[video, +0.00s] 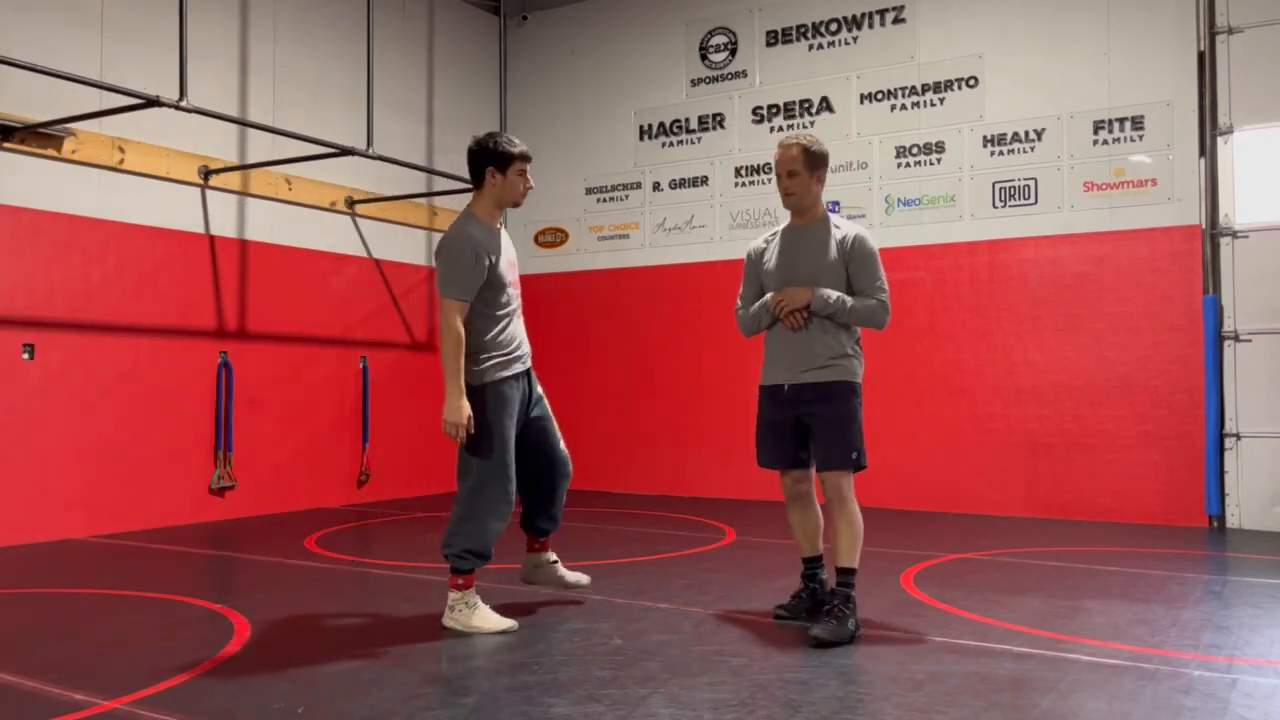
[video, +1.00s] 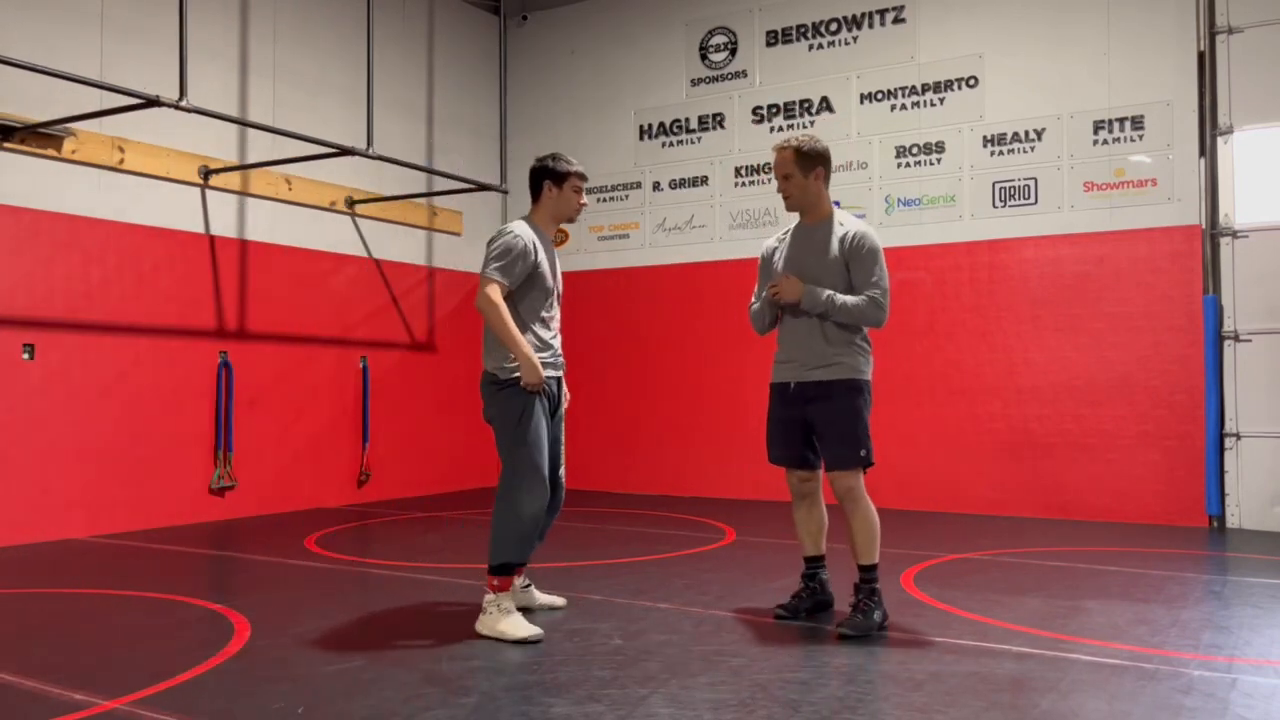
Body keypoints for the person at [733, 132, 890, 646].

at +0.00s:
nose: (783, 184)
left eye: (793, 175)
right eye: (778, 176)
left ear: (820, 178)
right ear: (775, 182)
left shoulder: (852, 243)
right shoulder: (763, 251)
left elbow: (879, 313)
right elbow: (746, 321)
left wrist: (815, 297)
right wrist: (772, 305)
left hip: (834, 381)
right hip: (780, 384)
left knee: (836, 487)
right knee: (796, 487)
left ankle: (844, 602)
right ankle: (814, 587)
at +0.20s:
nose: (770, 189)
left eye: (778, 179)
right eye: (765, 181)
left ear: (808, 177)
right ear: (765, 184)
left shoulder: (846, 240)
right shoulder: (760, 254)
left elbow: (872, 310)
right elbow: (745, 324)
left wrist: (809, 301)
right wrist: (769, 310)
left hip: (833, 377)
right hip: (781, 382)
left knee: (831, 477)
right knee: (797, 482)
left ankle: (845, 596)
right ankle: (814, 587)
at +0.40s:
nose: (766, 190)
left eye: (773, 181)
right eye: (762, 182)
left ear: (804, 179)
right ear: (765, 185)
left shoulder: (844, 238)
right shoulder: (760, 256)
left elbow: (871, 307)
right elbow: (747, 327)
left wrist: (803, 296)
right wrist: (771, 310)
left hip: (833, 375)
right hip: (782, 381)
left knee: (830, 479)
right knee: (797, 481)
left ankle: (845, 595)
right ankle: (814, 587)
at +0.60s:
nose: (767, 192)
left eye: (774, 182)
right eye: (763, 184)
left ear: (805, 178)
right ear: (767, 186)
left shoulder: (846, 239)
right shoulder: (763, 256)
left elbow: (867, 309)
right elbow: (748, 329)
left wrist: (803, 295)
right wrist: (762, 305)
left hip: (835, 375)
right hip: (784, 381)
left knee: (834, 476)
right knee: (799, 483)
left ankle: (863, 590)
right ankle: (815, 587)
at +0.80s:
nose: (772, 188)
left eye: (779, 178)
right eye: (770, 179)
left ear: (811, 178)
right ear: (778, 183)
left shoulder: (850, 238)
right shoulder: (769, 252)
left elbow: (871, 310)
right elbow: (754, 326)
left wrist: (805, 295)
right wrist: (769, 302)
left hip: (837, 381)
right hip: (785, 383)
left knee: (848, 486)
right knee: (800, 486)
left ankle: (868, 597)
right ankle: (815, 588)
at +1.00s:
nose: (779, 188)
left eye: (786, 179)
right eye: (777, 179)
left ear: (818, 177)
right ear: (787, 182)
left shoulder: (857, 239)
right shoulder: (775, 249)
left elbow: (876, 311)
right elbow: (758, 323)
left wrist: (807, 295)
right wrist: (772, 300)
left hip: (841, 380)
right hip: (789, 382)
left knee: (847, 486)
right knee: (802, 486)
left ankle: (869, 597)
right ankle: (815, 588)